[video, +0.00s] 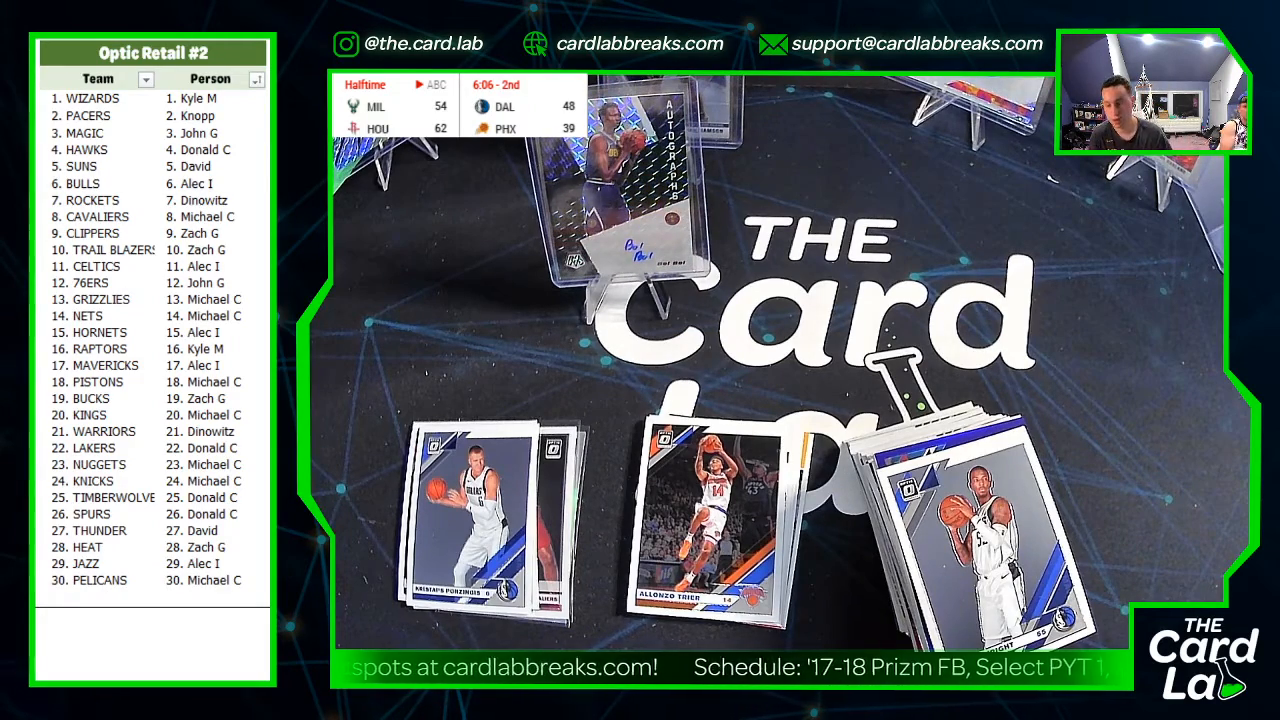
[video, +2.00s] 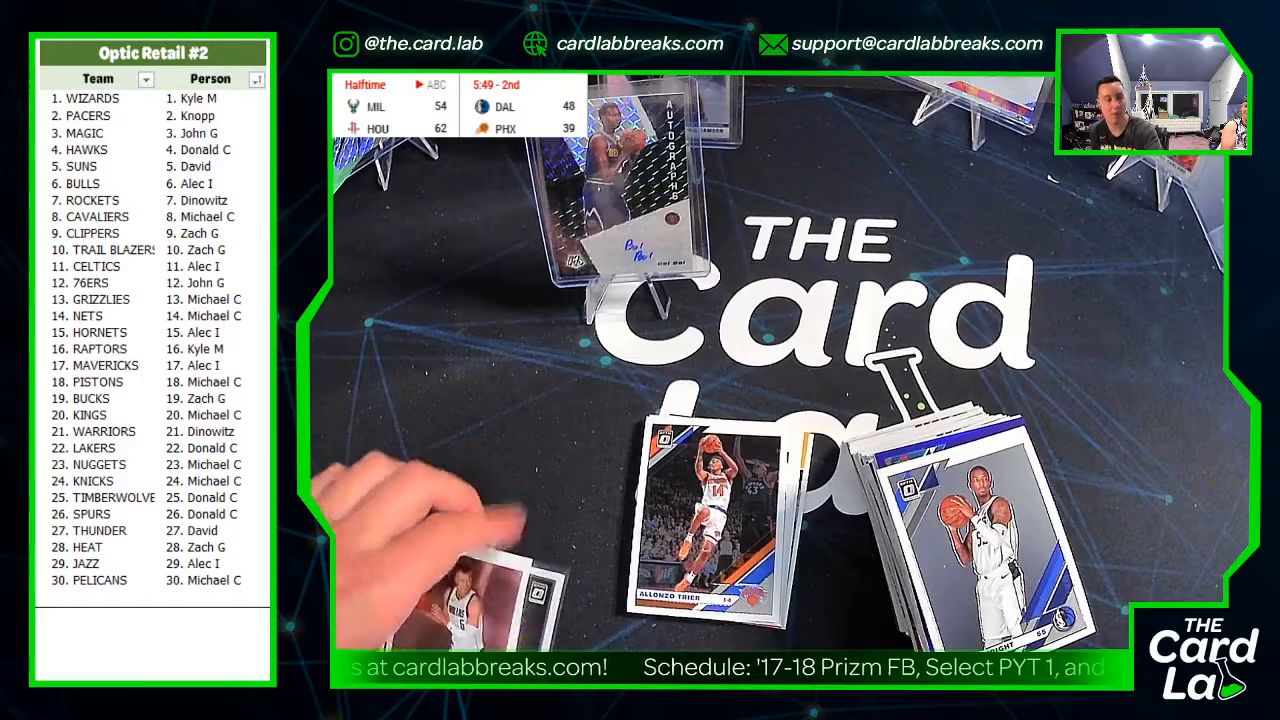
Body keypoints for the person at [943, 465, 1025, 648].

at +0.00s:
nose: (980, 483)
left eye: (984, 479)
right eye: (976, 480)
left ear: (990, 482)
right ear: (970, 485)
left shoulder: (1000, 504)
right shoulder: (975, 518)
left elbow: (997, 539)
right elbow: (965, 559)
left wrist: (973, 517)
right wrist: (953, 530)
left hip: (1007, 579)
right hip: (985, 584)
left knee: (1018, 632)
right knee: (992, 639)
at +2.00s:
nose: (980, 483)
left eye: (984, 479)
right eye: (976, 480)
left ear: (990, 481)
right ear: (970, 485)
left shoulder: (1000, 504)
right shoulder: (974, 517)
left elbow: (996, 538)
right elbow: (965, 559)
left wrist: (972, 516)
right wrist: (953, 530)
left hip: (1007, 579)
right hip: (985, 585)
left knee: (1018, 632)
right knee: (992, 640)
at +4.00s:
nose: (980, 484)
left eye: (983, 480)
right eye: (975, 481)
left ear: (990, 482)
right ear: (970, 486)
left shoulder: (999, 504)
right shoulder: (974, 519)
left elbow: (997, 539)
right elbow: (965, 559)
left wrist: (972, 516)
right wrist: (953, 531)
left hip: (1006, 578)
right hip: (984, 585)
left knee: (1017, 632)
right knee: (991, 639)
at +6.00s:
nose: (981, 484)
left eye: (985, 480)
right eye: (976, 481)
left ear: (990, 484)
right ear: (970, 487)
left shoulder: (1000, 505)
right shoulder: (977, 514)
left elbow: (997, 540)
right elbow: (964, 554)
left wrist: (972, 518)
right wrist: (954, 532)